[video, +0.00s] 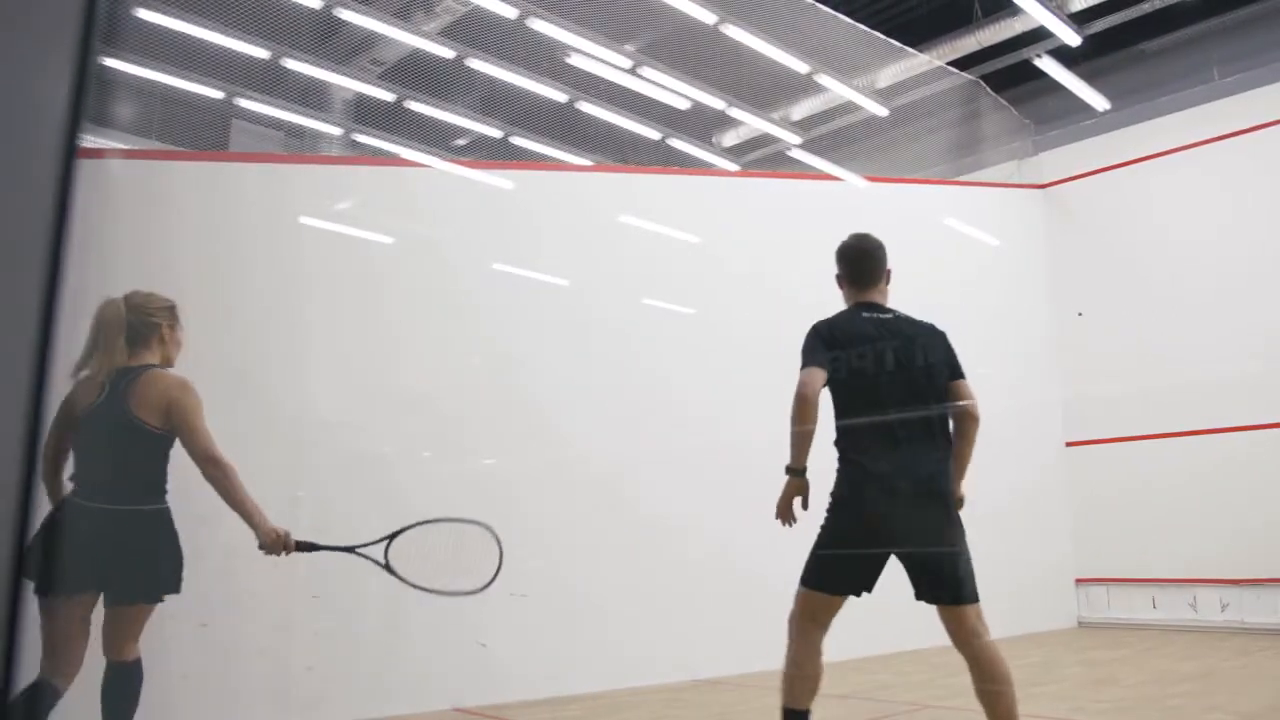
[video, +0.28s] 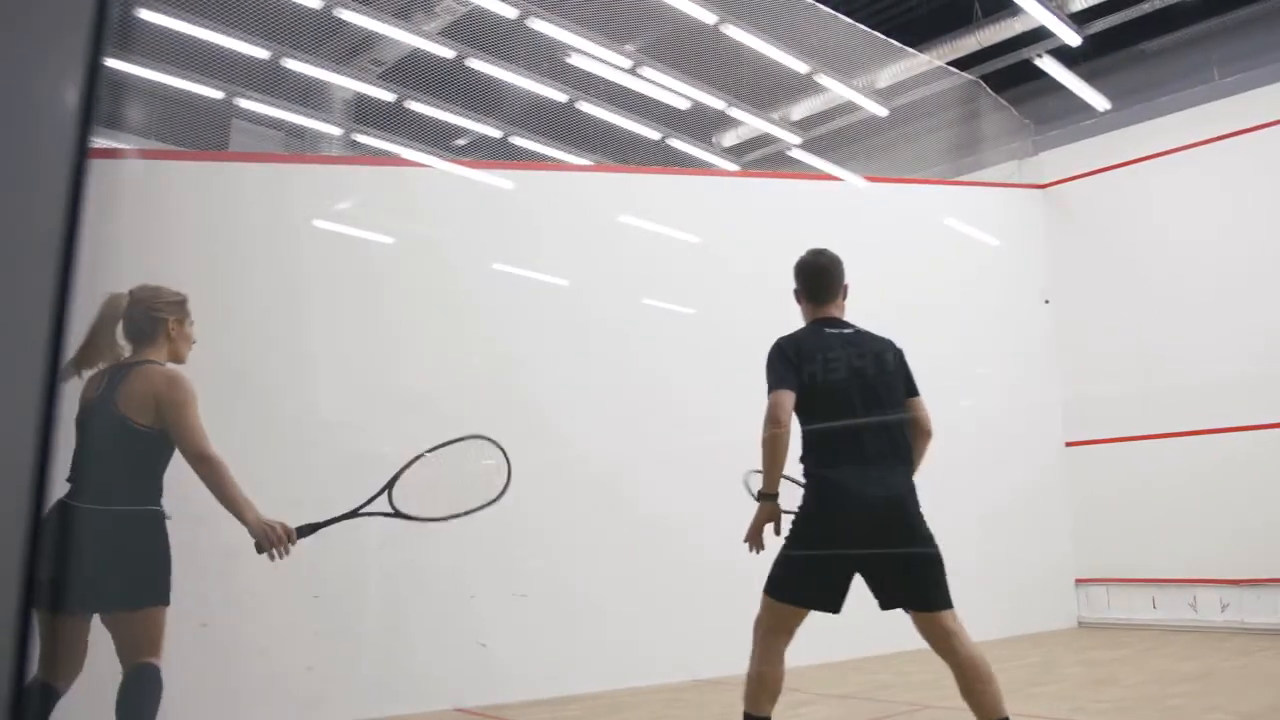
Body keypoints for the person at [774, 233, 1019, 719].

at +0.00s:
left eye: (839, 278)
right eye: (882, 274)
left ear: (838, 281)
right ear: (888, 278)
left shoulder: (827, 333)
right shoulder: (929, 335)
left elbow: (808, 392)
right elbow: (968, 412)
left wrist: (797, 470)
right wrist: (955, 480)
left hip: (861, 508)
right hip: (931, 507)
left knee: (807, 625)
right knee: (974, 637)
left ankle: (794, 717)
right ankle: (1006, 718)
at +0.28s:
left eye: (797, 293)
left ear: (798, 296)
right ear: (846, 293)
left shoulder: (790, 349)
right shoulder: (886, 349)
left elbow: (778, 421)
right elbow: (921, 428)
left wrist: (768, 498)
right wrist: (893, 484)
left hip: (828, 518)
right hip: (897, 516)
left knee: (771, 635)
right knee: (952, 639)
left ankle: (754, 718)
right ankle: (1000, 717)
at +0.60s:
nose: (758, 296)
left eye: (753, 291)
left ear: (754, 294)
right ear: (802, 291)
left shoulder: (752, 344)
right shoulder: (840, 347)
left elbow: (751, 423)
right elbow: (859, 435)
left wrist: (738, 496)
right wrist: (836, 485)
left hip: (797, 509)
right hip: (860, 508)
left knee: (752, 629)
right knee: (896, 624)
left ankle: (750, 719)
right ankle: (958, 716)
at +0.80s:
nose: (742, 299)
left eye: (741, 292)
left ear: (742, 293)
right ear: (788, 291)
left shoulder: (741, 339)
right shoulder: (819, 345)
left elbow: (743, 410)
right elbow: (826, 440)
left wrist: (724, 486)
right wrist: (762, 478)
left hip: (791, 501)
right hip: (848, 498)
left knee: (751, 629)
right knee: (865, 618)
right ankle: (929, 715)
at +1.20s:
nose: (737, 303)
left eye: (732, 297)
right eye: (778, 296)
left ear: (732, 298)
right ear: (778, 300)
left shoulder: (738, 335)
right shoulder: (794, 348)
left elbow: (740, 392)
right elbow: (773, 444)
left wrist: (699, 463)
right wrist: (699, 452)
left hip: (786, 499)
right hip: (837, 499)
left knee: (750, 630)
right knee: (829, 613)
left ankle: (755, 718)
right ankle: (861, 716)